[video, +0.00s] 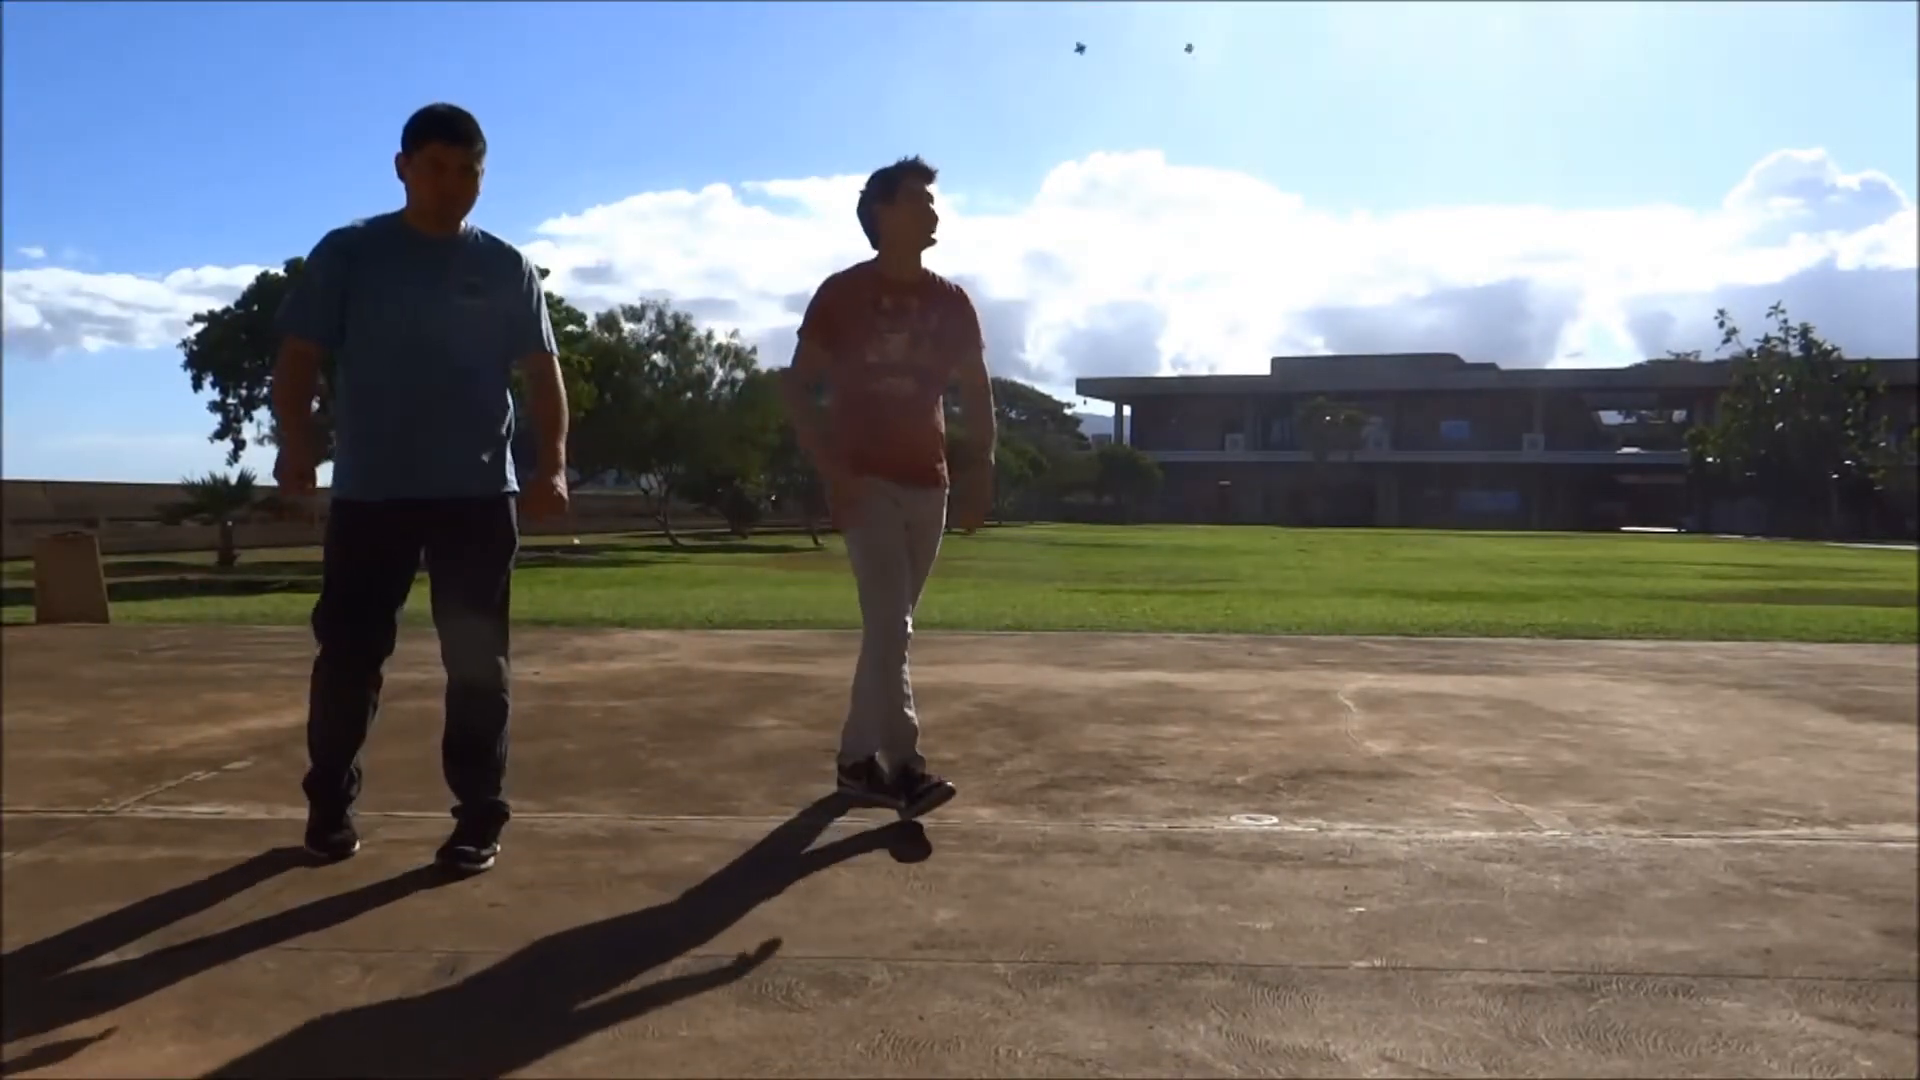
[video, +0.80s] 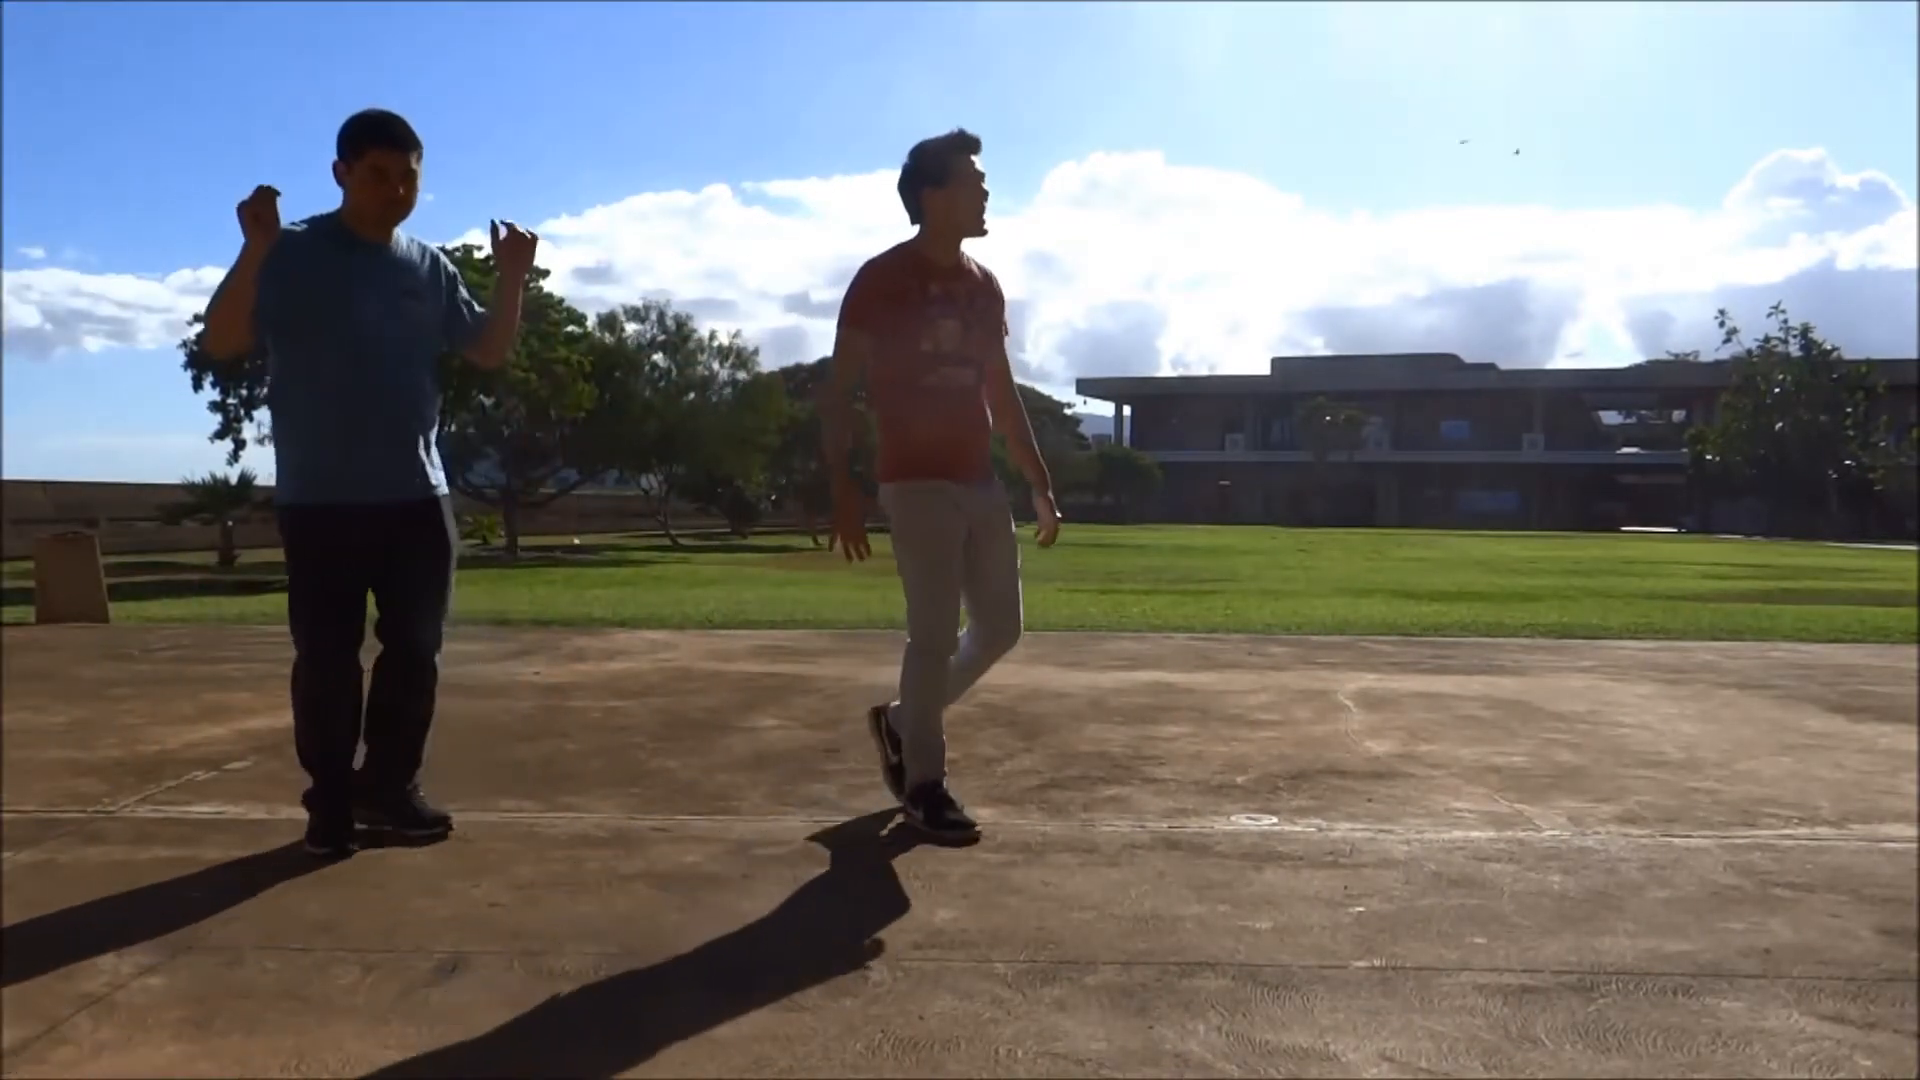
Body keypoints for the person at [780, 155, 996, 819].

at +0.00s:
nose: (933, 209)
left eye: (931, 199)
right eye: (918, 200)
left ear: (925, 214)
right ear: (878, 215)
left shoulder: (952, 300)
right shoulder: (841, 293)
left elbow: (979, 393)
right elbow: (796, 387)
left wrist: (981, 468)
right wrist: (828, 466)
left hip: (930, 484)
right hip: (863, 481)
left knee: (893, 622)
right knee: (889, 621)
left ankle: (857, 756)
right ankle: (904, 763)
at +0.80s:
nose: (987, 192)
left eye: (983, 180)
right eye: (973, 181)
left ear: (951, 196)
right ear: (930, 195)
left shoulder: (983, 285)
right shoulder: (879, 279)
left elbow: (1001, 389)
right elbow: (838, 392)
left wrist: (1039, 480)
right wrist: (843, 492)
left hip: (983, 484)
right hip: (917, 485)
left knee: (1000, 626)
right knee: (932, 635)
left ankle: (903, 718)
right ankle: (927, 788)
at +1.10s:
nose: (1003, 188)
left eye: (1002, 176)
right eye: (988, 176)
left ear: (983, 191)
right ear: (944, 188)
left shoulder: (991, 283)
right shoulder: (900, 274)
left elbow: (995, 390)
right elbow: (876, 391)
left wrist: (1018, 471)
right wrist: (897, 489)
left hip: (996, 485)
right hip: (933, 488)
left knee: (1029, 624)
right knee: (937, 640)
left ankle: (976, 768)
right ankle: (925, 787)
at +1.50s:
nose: (1048, 188)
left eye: (1043, 175)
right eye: (1035, 176)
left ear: (1011, 191)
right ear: (996, 191)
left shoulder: (1005, 285)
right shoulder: (951, 271)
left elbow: (1001, 391)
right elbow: (941, 388)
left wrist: (1018, 474)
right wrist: (994, 471)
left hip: (1007, 478)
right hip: (956, 481)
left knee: (1046, 630)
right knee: (953, 638)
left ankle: (1081, 787)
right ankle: (926, 791)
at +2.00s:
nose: (1130, 185)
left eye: (1125, 175)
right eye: (1117, 175)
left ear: (1091, 192)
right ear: (1082, 190)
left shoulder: (1076, 279)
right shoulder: (1043, 264)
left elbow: (1076, 388)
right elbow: (1043, 375)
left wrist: (1095, 480)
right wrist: (1079, 477)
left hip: (1078, 480)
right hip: (1032, 479)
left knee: (1087, 642)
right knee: (1006, 633)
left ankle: (1093, 799)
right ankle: (932, 776)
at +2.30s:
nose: (1174, 181)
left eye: (1168, 169)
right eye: (1161, 170)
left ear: (1133, 190)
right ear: (1126, 188)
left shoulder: (1121, 273)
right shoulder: (1091, 265)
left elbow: (1109, 389)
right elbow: (1077, 380)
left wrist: (1153, 457)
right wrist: (1108, 471)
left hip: (1123, 479)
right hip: (1089, 476)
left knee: (1115, 641)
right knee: (1097, 638)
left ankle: (1096, 799)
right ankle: (983, 752)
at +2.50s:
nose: (1200, 188)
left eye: (1195, 176)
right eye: (1188, 176)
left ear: (1155, 191)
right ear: (1155, 189)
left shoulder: (1147, 276)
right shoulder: (1110, 269)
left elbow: (1155, 392)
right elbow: (1090, 386)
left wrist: (1208, 456)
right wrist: (1102, 483)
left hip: (1149, 481)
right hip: (1127, 483)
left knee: (1133, 633)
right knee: (1165, 633)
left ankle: (1103, 792)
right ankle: (1072, 778)